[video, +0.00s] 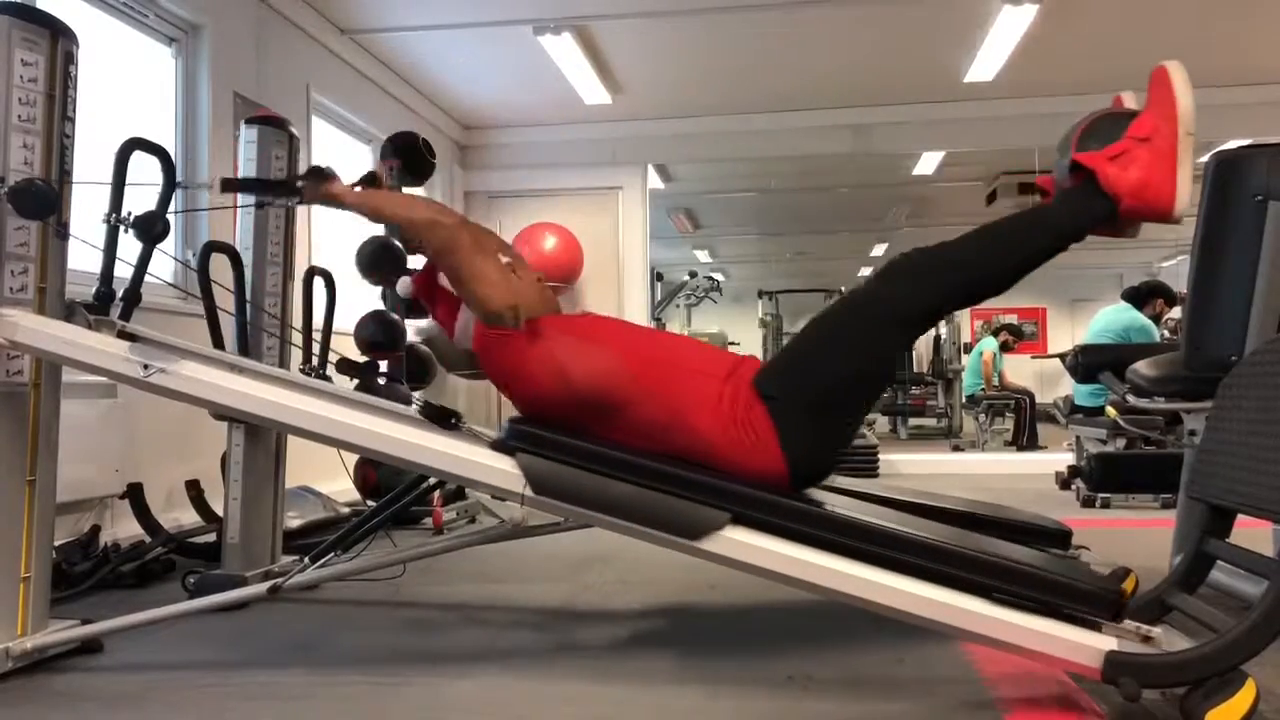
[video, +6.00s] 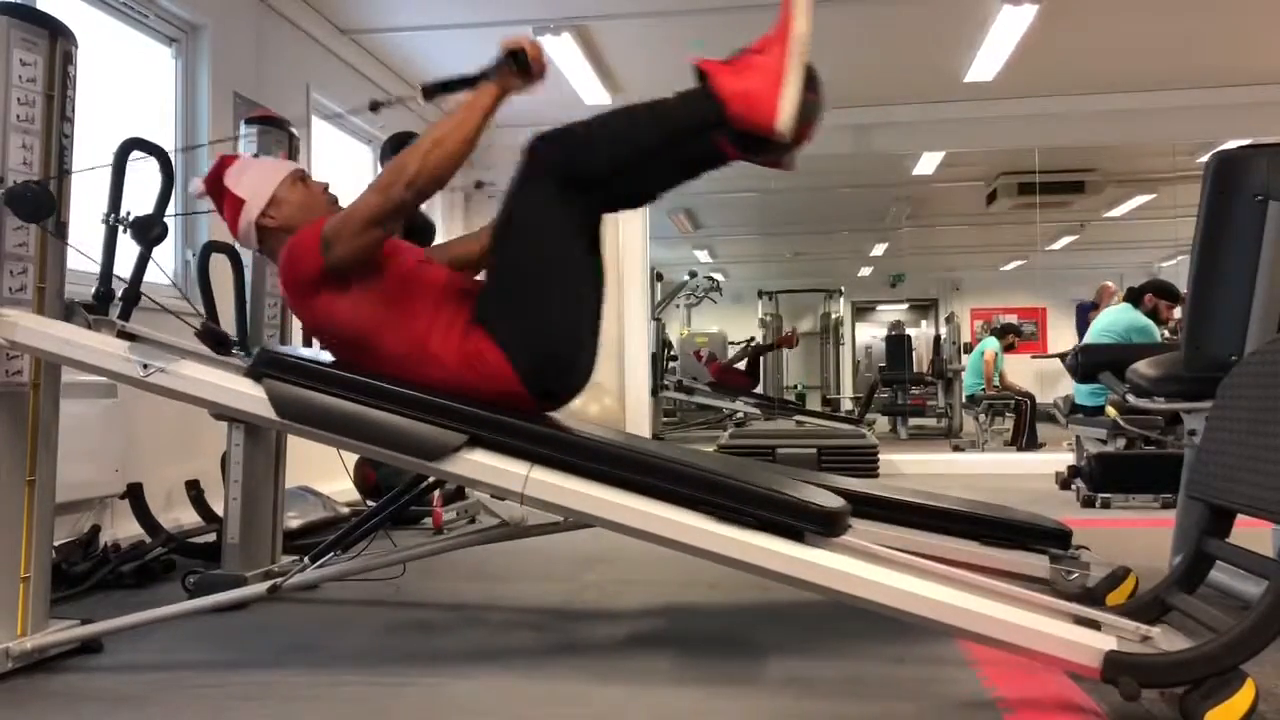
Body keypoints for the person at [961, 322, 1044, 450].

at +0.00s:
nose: (1014, 347)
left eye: (1016, 344)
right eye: (1014, 342)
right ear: (1004, 334)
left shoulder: (997, 352)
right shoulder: (990, 342)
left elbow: (1004, 383)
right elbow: (986, 361)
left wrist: (1023, 389)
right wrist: (989, 390)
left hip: (983, 392)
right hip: (975, 393)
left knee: (1026, 397)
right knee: (1025, 398)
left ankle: (1021, 442)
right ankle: (1025, 443)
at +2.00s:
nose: (1013, 347)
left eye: (1016, 344)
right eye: (1013, 342)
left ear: (1003, 336)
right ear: (1004, 334)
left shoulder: (997, 352)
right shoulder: (990, 341)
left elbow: (1004, 382)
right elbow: (986, 360)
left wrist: (1020, 391)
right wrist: (989, 389)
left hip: (985, 392)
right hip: (976, 393)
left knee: (1027, 397)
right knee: (1025, 399)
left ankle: (1022, 442)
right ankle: (1026, 445)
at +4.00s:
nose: (1016, 342)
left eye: (1018, 339)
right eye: (1014, 337)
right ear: (1004, 331)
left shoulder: (997, 349)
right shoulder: (991, 341)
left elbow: (1005, 381)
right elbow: (987, 361)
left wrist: (1018, 390)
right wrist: (989, 389)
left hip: (983, 392)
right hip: (976, 393)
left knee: (1027, 398)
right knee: (1026, 400)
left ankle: (1019, 440)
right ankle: (1024, 443)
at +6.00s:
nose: (1016, 343)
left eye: (1017, 339)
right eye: (1016, 338)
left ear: (1008, 337)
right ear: (1010, 337)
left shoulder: (997, 350)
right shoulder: (992, 342)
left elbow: (1004, 382)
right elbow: (988, 360)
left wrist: (1019, 390)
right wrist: (989, 389)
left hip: (983, 392)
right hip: (976, 393)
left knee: (1027, 399)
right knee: (1026, 400)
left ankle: (1019, 442)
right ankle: (1027, 444)